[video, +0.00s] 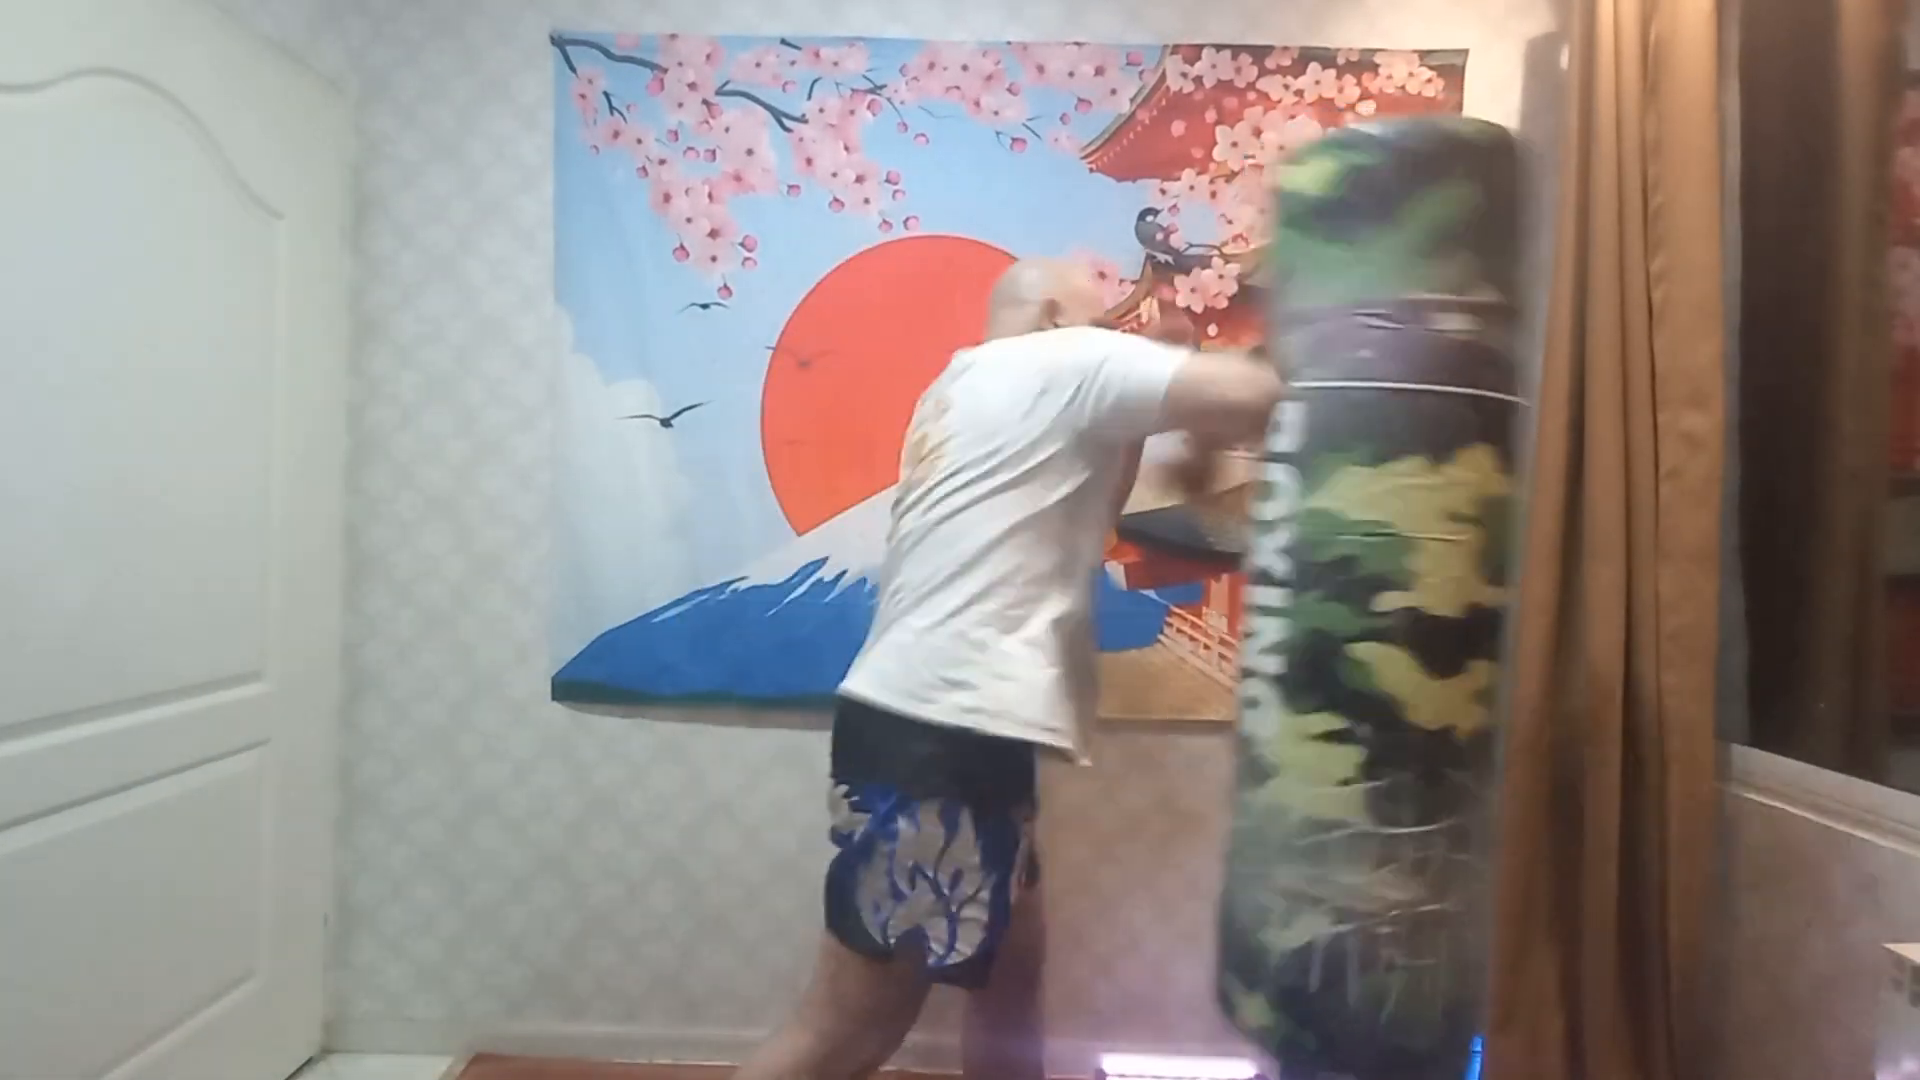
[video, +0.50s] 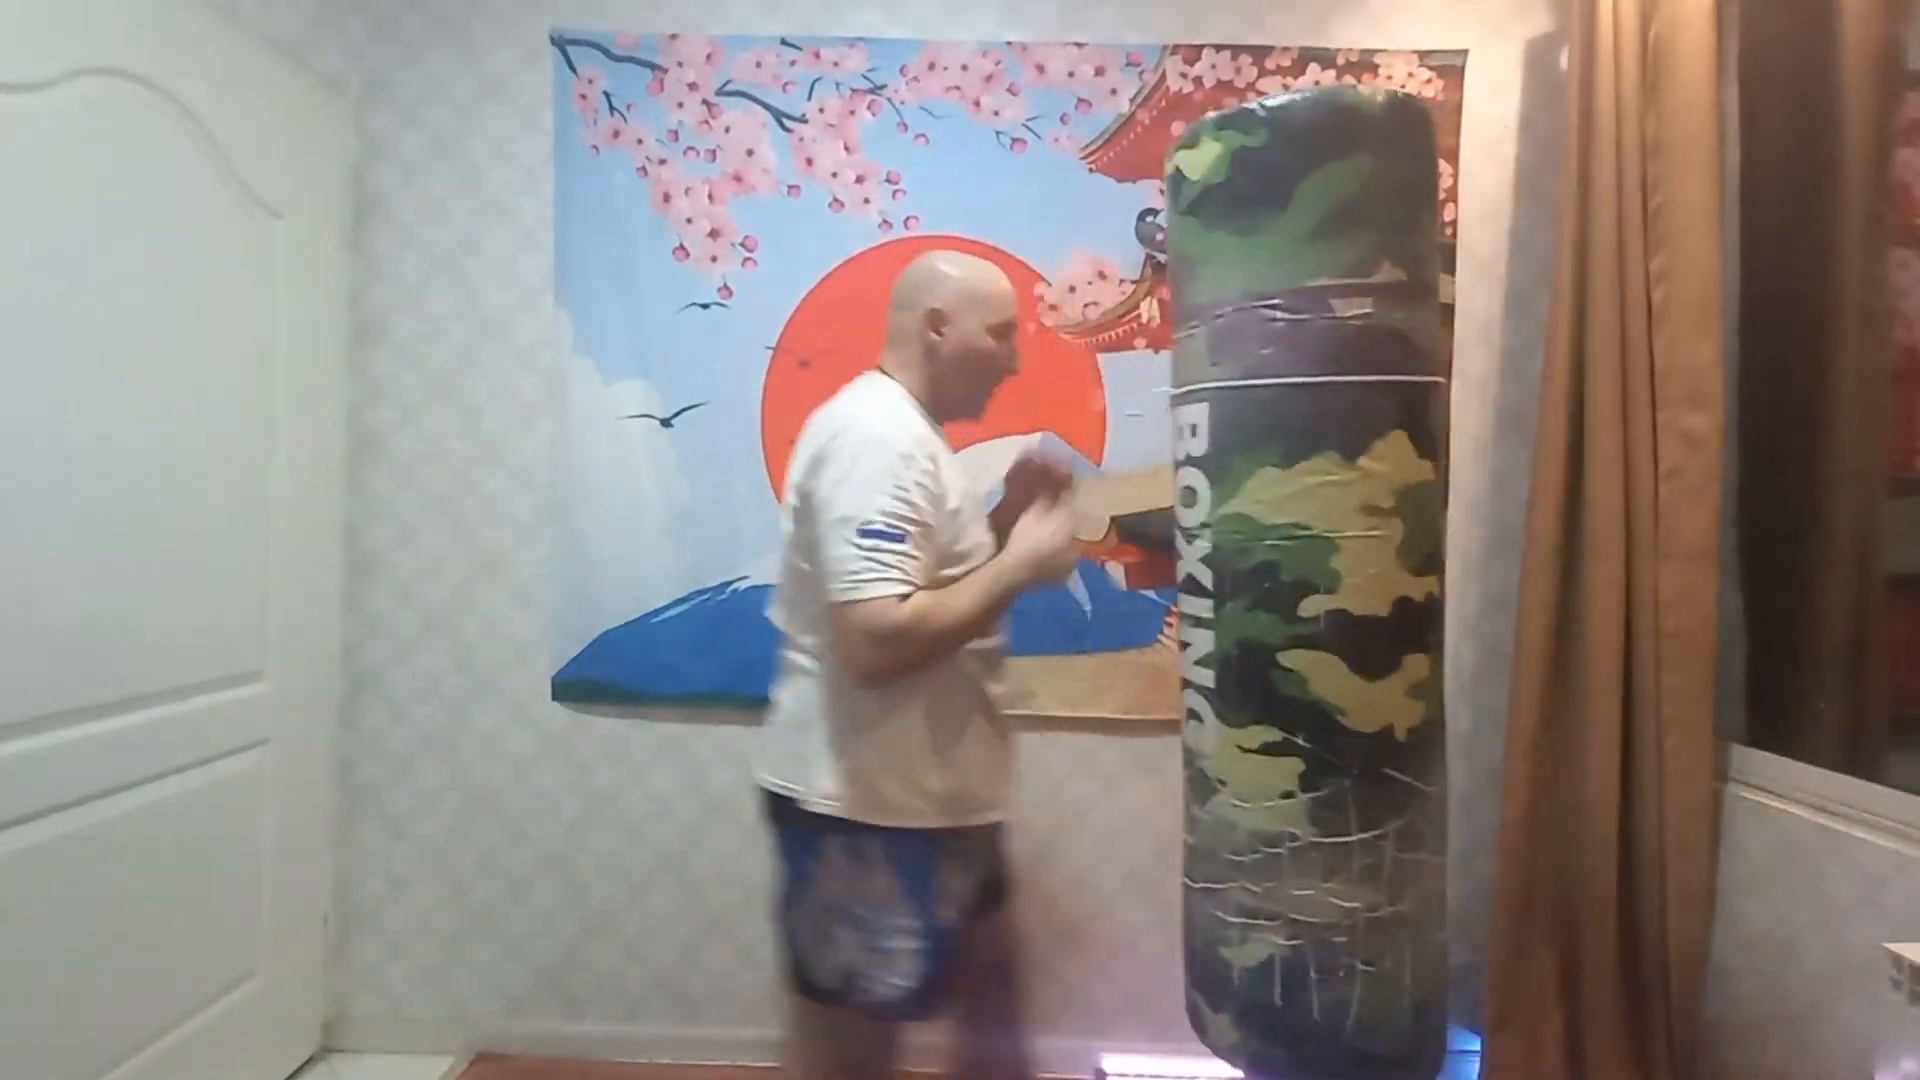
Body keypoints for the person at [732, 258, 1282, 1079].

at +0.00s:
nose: (1111, 305)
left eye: (1104, 292)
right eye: (1094, 292)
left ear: (1015, 316)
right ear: (1052, 307)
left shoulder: (952, 390)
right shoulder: (1072, 363)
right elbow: (1257, 388)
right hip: (941, 731)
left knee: (1008, 988)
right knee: (848, 1028)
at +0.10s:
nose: (1123, 296)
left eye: (1113, 285)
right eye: (1102, 286)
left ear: (1035, 321)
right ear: (1054, 316)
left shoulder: (977, 389)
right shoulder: (1043, 376)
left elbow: (1079, 503)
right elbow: (1262, 447)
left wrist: (1150, 401)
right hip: (949, 737)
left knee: (1020, 997)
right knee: (886, 1040)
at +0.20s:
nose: (1122, 324)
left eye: (1119, 308)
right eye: (1106, 307)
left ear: (1036, 322)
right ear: (1047, 317)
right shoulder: (1017, 382)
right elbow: (1182, 489)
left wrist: (1126, 400)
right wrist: (1198, 418)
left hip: (994, 742)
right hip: (945, 740)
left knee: (1022, 982)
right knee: (908, 1029)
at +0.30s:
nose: (1091, 338)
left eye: (1090, 320)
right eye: (1075, 319)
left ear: (1013, 321)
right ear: (1013, 317)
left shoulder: (998, 399)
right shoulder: (970, 389)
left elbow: (1060, 547)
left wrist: (1099, 426)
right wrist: (1121, 422)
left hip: (989, 744)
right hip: (939, 748)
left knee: (1031, 972)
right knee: (929, 1019)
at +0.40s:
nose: (1044, 364)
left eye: (1045, 342)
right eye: (1033, 340)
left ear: (967, 337)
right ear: (971, 334)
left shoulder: (951, 432)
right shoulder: (914, 426)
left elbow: (982, 601)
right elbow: (935, 614)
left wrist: (1056, 490)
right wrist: (1056, 479)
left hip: (989, 785)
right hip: (917, 793)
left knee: (1047, 985)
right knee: (917, 1048)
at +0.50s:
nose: (1014, 357)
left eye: (1014, 334)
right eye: (999, 333)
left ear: (936, 331)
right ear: (934, 328)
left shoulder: (908, 437)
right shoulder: (873, 435)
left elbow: (930, 593)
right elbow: (873, 643)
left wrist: (1006, 516)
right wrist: (1020, 564)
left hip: (936, 807)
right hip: (864, 814)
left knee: (990, 1046)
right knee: (846, 1058)